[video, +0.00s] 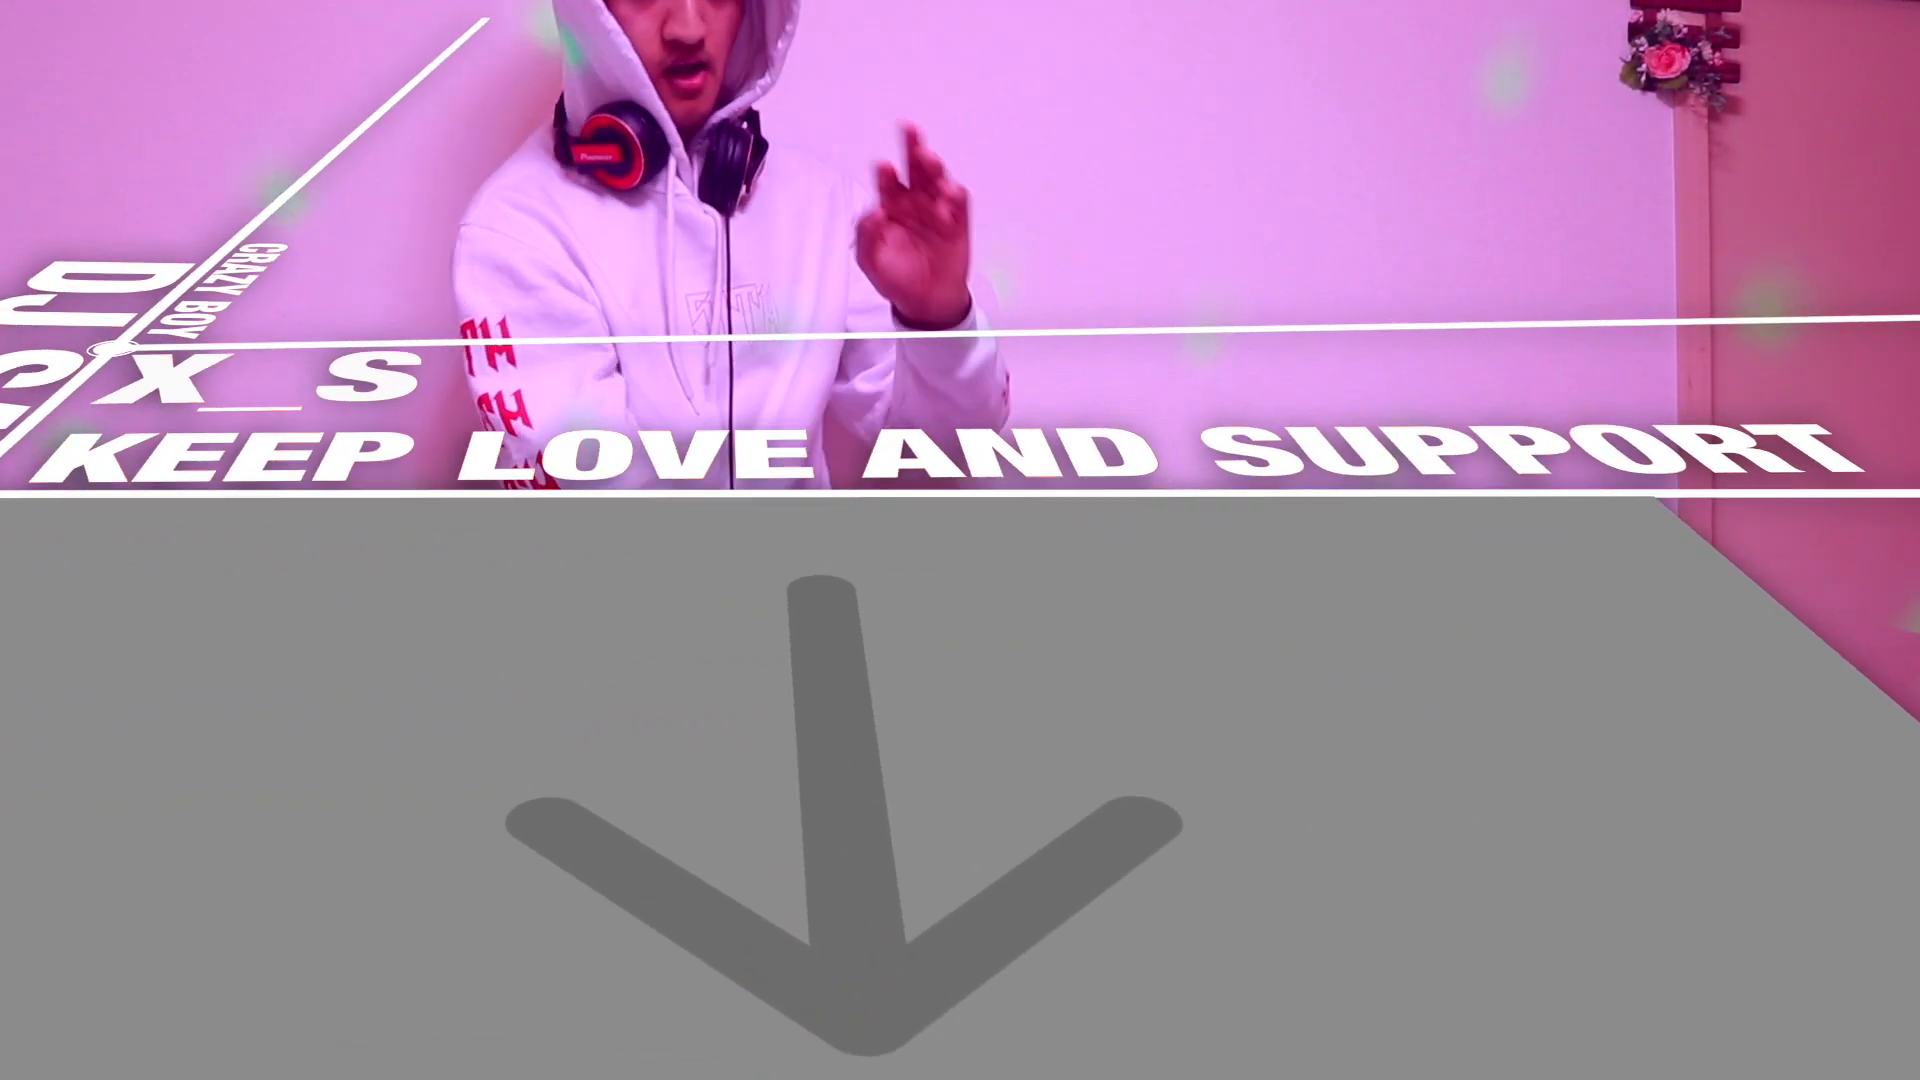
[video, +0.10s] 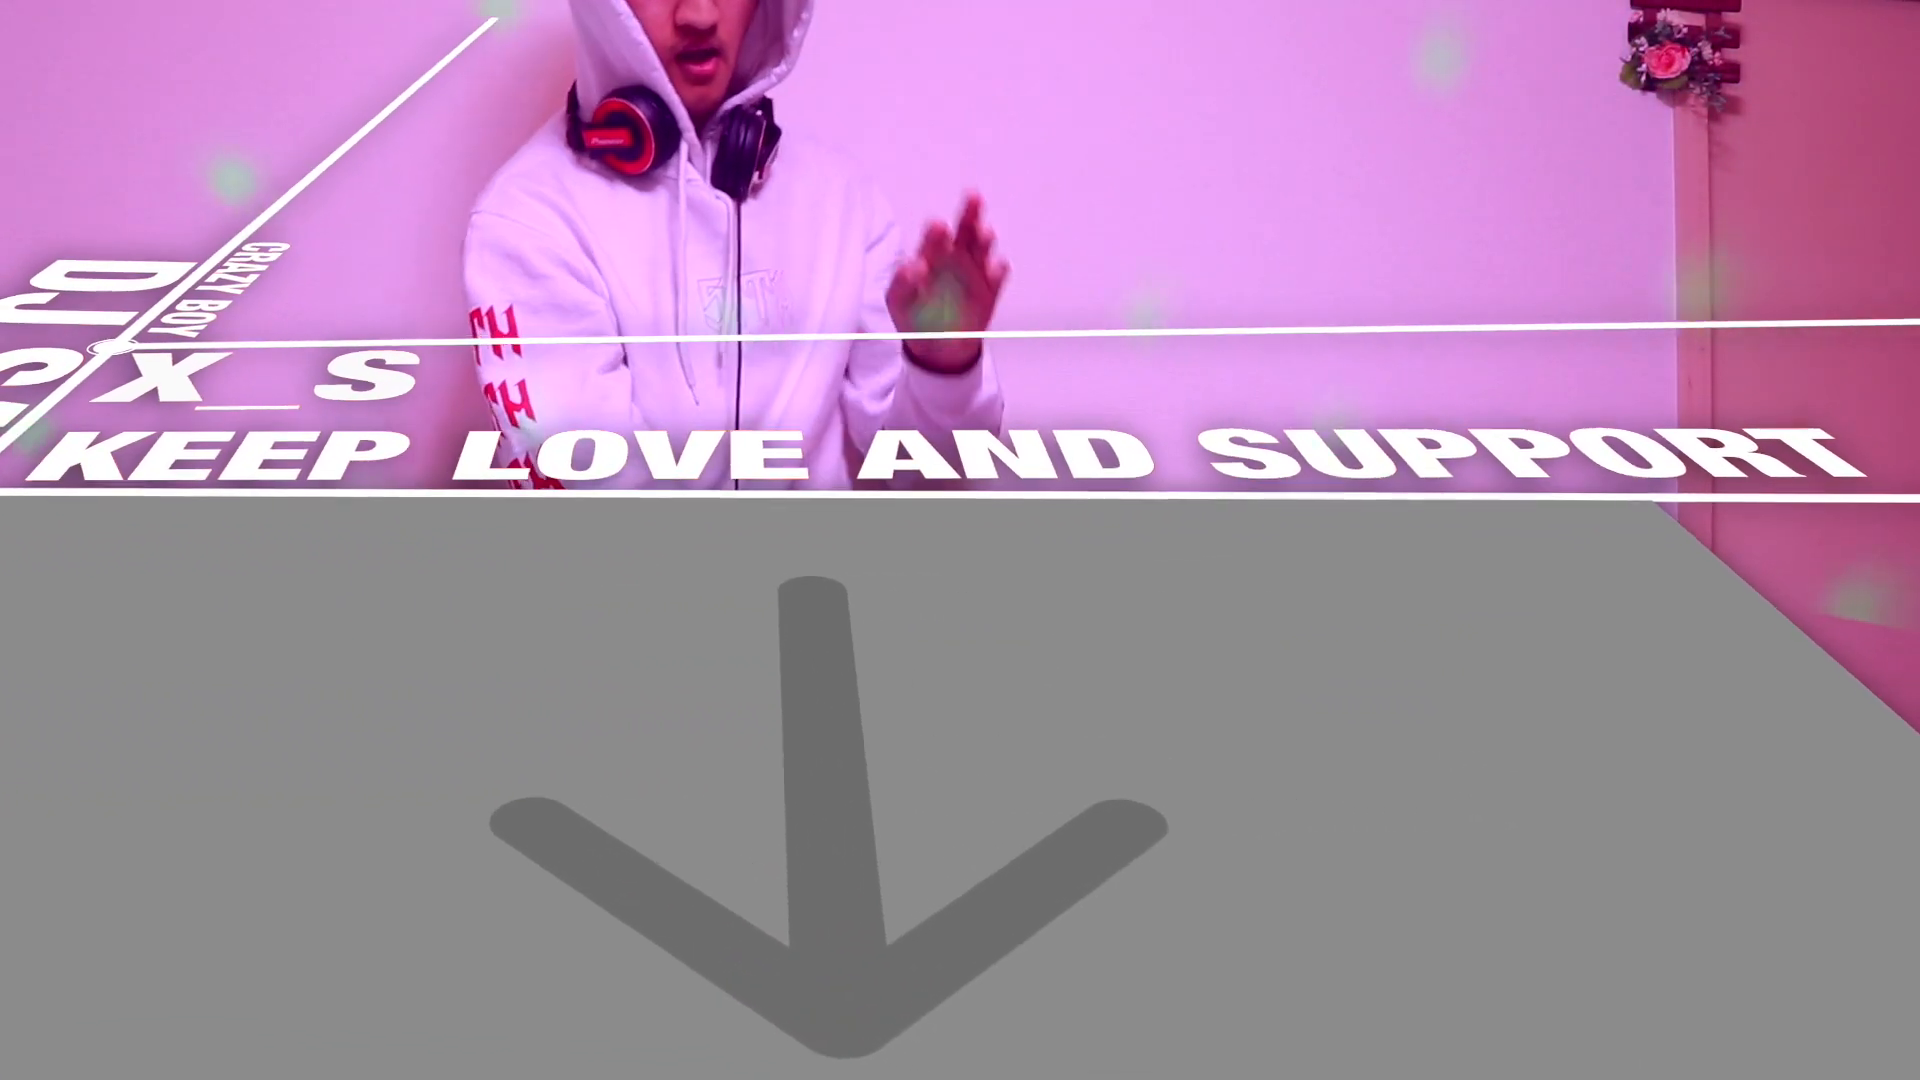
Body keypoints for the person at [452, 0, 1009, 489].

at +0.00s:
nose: (687, 30)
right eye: (646, 1)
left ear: (748, 13)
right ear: (585, 17)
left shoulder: (831, 206)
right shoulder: (518, 221)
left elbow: (935, 478)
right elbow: (581, 476)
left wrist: (938, 322)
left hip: (807, 574)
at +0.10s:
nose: (699, 18)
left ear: (759, 7)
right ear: (604, 9)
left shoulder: (845, 199)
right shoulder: (529, 212)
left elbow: (919, 491)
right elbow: (582, 473)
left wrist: (943, 372)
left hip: (822, 573)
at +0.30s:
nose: (771, 44)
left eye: (806, 5)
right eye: (733, 3)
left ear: (846, 22)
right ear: (681, 20)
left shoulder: (935, 224)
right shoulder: (582, 223)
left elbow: (975, 472)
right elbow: (554, 481)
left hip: (868, 589)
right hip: (654, 585)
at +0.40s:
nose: (828, 71)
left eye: (869, 30)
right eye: (792, 27)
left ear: (912, 43)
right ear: (738, 31)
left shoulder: (984, 240)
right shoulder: (637, 228)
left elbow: (1049, 469)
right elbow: (545, 460)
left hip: (909, 598)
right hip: (688, 593)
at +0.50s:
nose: (875, 57)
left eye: (914, 20)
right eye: (844, 14)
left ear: (962, 28)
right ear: (788, 18)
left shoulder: (1032, 225)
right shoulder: (671, 203)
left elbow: (1098, 480)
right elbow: (549, 437)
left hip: (952, 595)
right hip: (714, 587)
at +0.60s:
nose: (898, 40)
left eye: (938, 10)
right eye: (867, 4)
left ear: (985, 29)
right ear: (820, 16)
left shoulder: (1065, 223)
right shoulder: (698, 201)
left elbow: (1152, 472)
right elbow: (518, 397)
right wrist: (465, 259)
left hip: (996, 601)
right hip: (753, 591)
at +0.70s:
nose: (890, 47)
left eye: (930, 12)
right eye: (856, 10)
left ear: (989, 25)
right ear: (812, 24)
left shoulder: (1081, 234)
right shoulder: (685, 206)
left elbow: (1222, 447)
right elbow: (477, 286)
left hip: (1016, 620)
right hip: (759, 610)